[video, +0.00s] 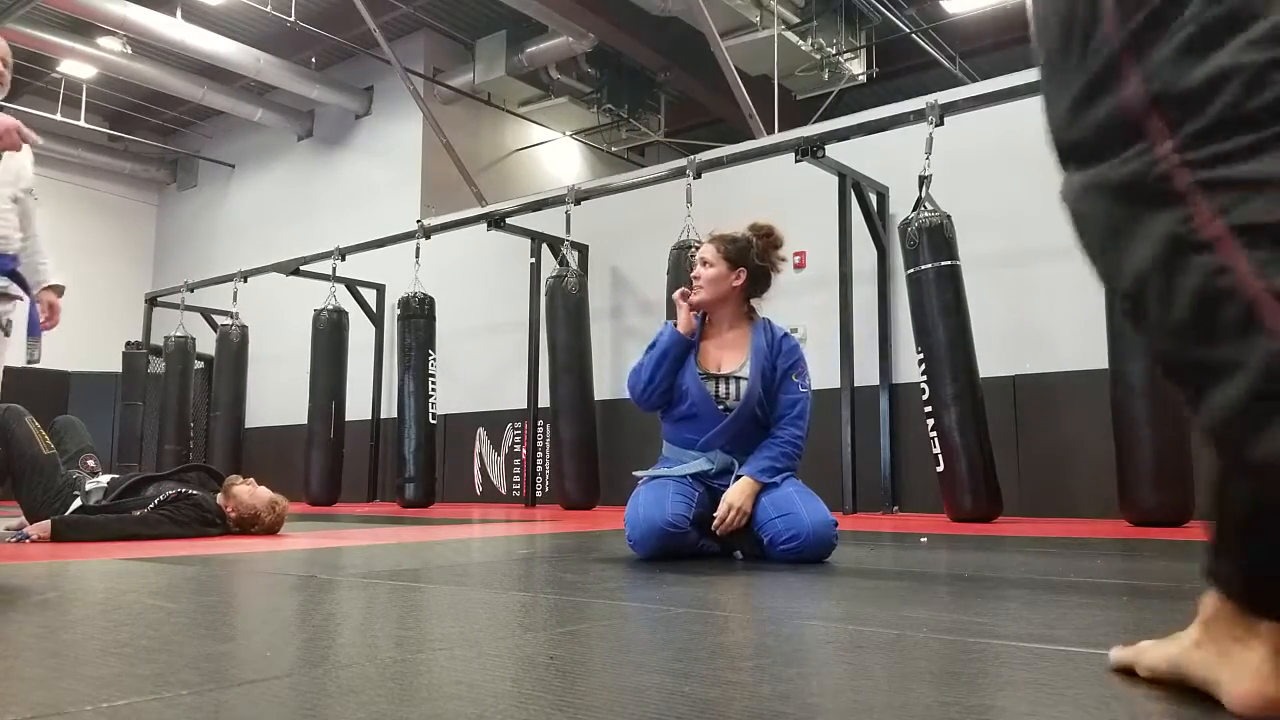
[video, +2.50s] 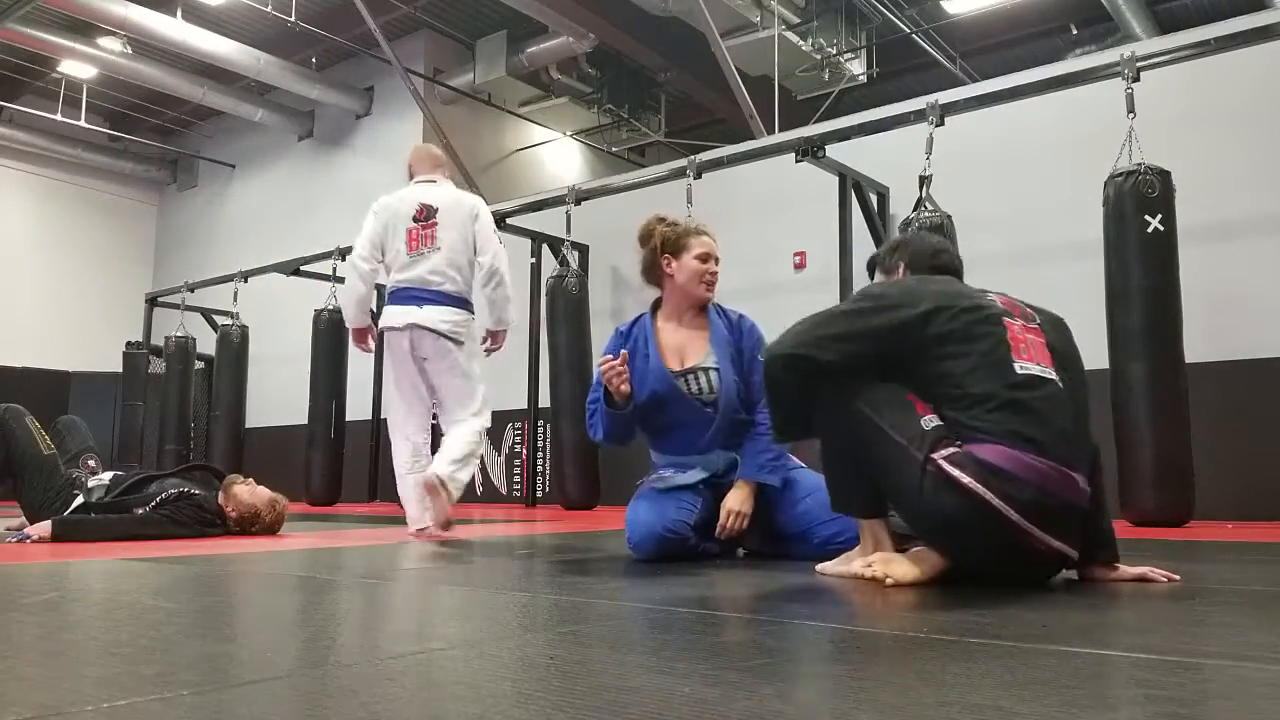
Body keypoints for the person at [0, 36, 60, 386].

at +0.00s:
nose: (1, 71)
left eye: (4, 64)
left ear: (10, 74)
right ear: (2, 70)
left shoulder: (17, 144)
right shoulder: (13, 144)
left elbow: (26, 226)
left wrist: (43, 284)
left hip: (6, 292)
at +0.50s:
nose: (88, 47)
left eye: (92, 39)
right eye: (75, 36)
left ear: (95, 48)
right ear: (33, 37)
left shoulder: (95, 120)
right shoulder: (13, 91)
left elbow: (104, 199)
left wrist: (122, 260)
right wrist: (4, 182)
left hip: (83, 279)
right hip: (25, 266)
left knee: (69, 409)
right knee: (26, 403)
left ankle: (15, 511)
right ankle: (13, 536)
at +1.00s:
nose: (221, 72)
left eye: (224, 65)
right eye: (213, 60)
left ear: (216, 69)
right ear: (176, 53)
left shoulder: (197, 125)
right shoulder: (139, 102)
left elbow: (191, 208)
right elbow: (111, 177)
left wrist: (209, 277)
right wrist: (132, 256)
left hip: (195, 282)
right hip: (150, 270)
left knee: (201, 408)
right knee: (95, 402)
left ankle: (225, 528)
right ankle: (21, 530)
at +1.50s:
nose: (347, 133)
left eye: (351, 126)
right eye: (347, 122)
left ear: (322, 104)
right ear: (326, 103)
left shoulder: (305, 148)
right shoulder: (280, 132)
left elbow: (302, 226)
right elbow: (265, 201)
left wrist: (333, 277)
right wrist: (298, 267)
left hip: (268, 297)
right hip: (290, 296)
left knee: (252, 421)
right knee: (347, 409)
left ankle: (230, 526)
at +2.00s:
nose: (444, 159)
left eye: (444, 154)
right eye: (446, 153)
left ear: (407, 134)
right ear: (439, 146)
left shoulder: (356, 165)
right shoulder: (440, 168)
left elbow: (309, 220)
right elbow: (462, 231)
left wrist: (290, 273)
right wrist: (498, 289)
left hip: (350, 303)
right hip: (404, 304)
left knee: (355, 410)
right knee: (416, 415)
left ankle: (351, 493)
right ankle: (395, 525)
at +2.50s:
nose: (447, 178)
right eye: (448, 172)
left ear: (409, 175)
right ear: (448, 173)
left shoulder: (386, 206)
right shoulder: (472, 205)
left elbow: (360, 264)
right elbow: (493, 265)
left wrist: (357, 319)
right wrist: (498, 320)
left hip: (396, 322)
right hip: (448, 323)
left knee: (407, 421)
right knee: (467, 416)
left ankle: (421, 524)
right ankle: (442, 478)